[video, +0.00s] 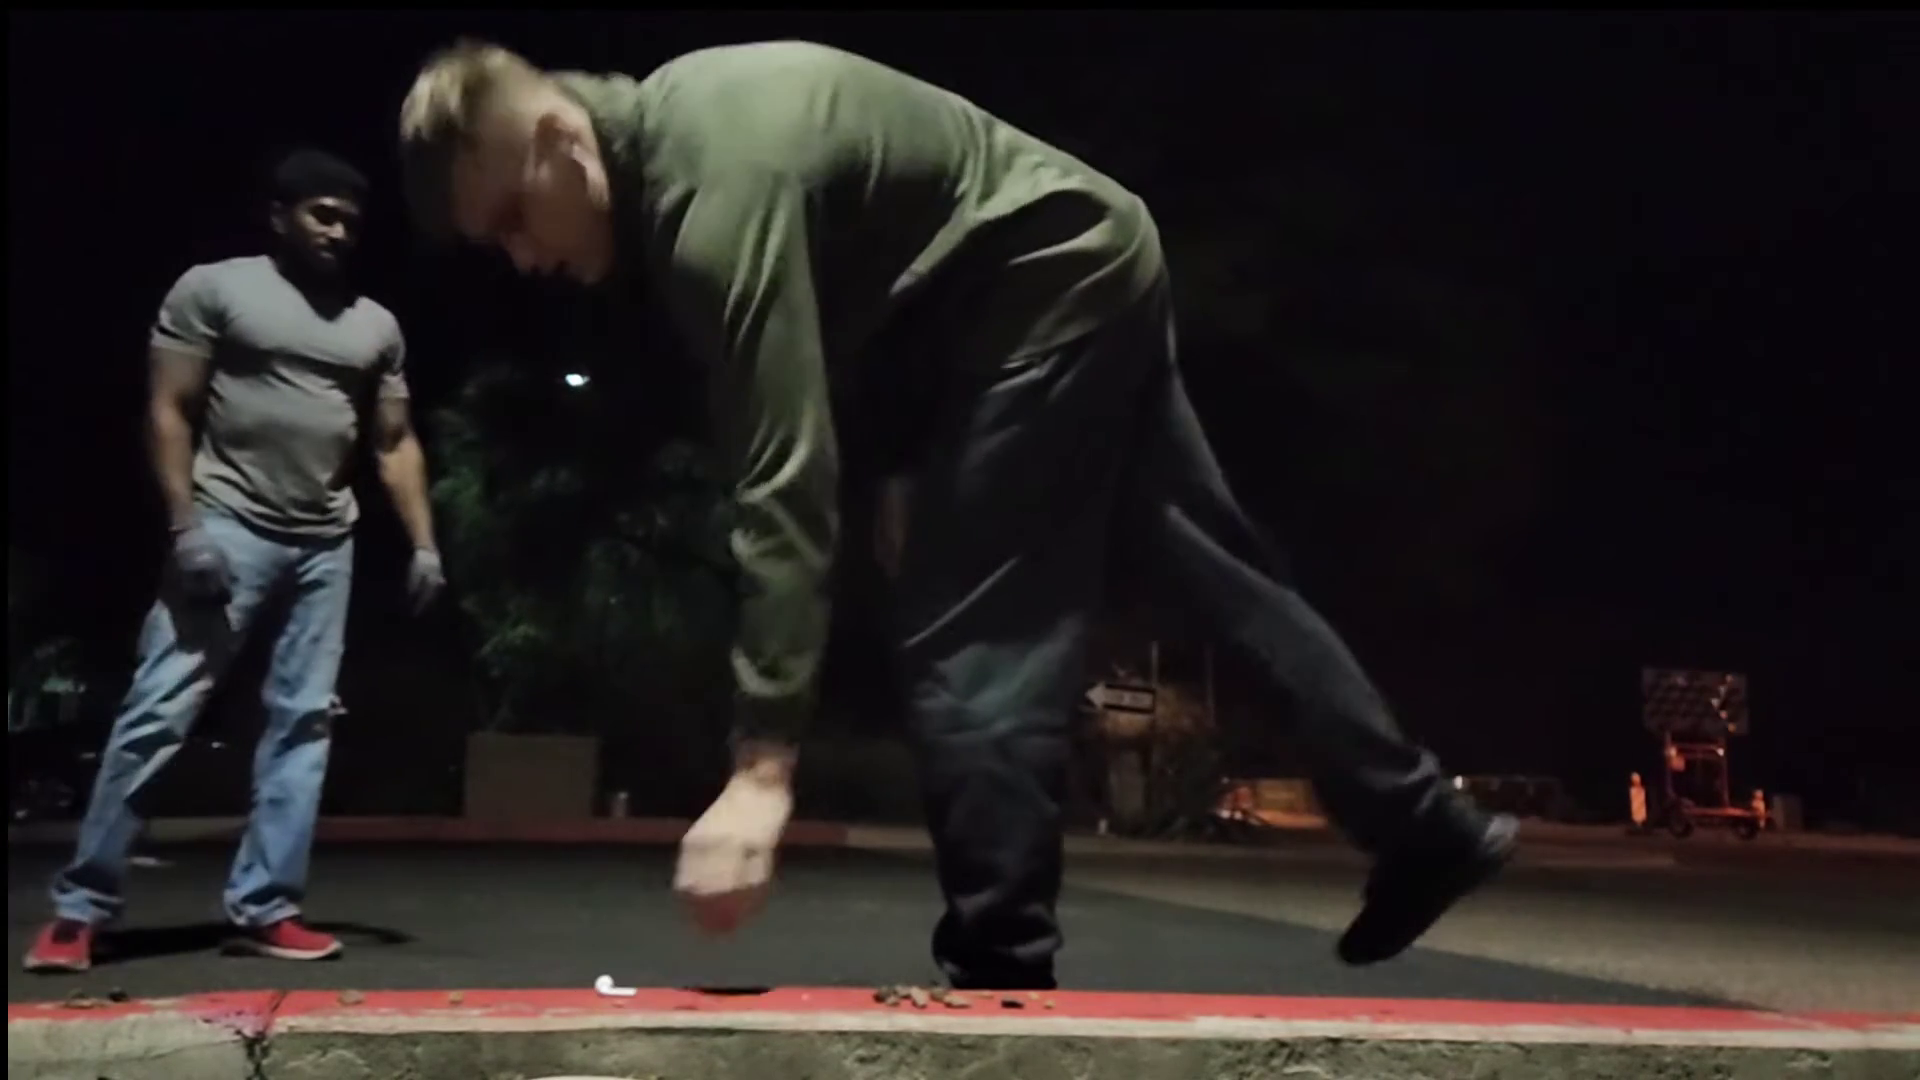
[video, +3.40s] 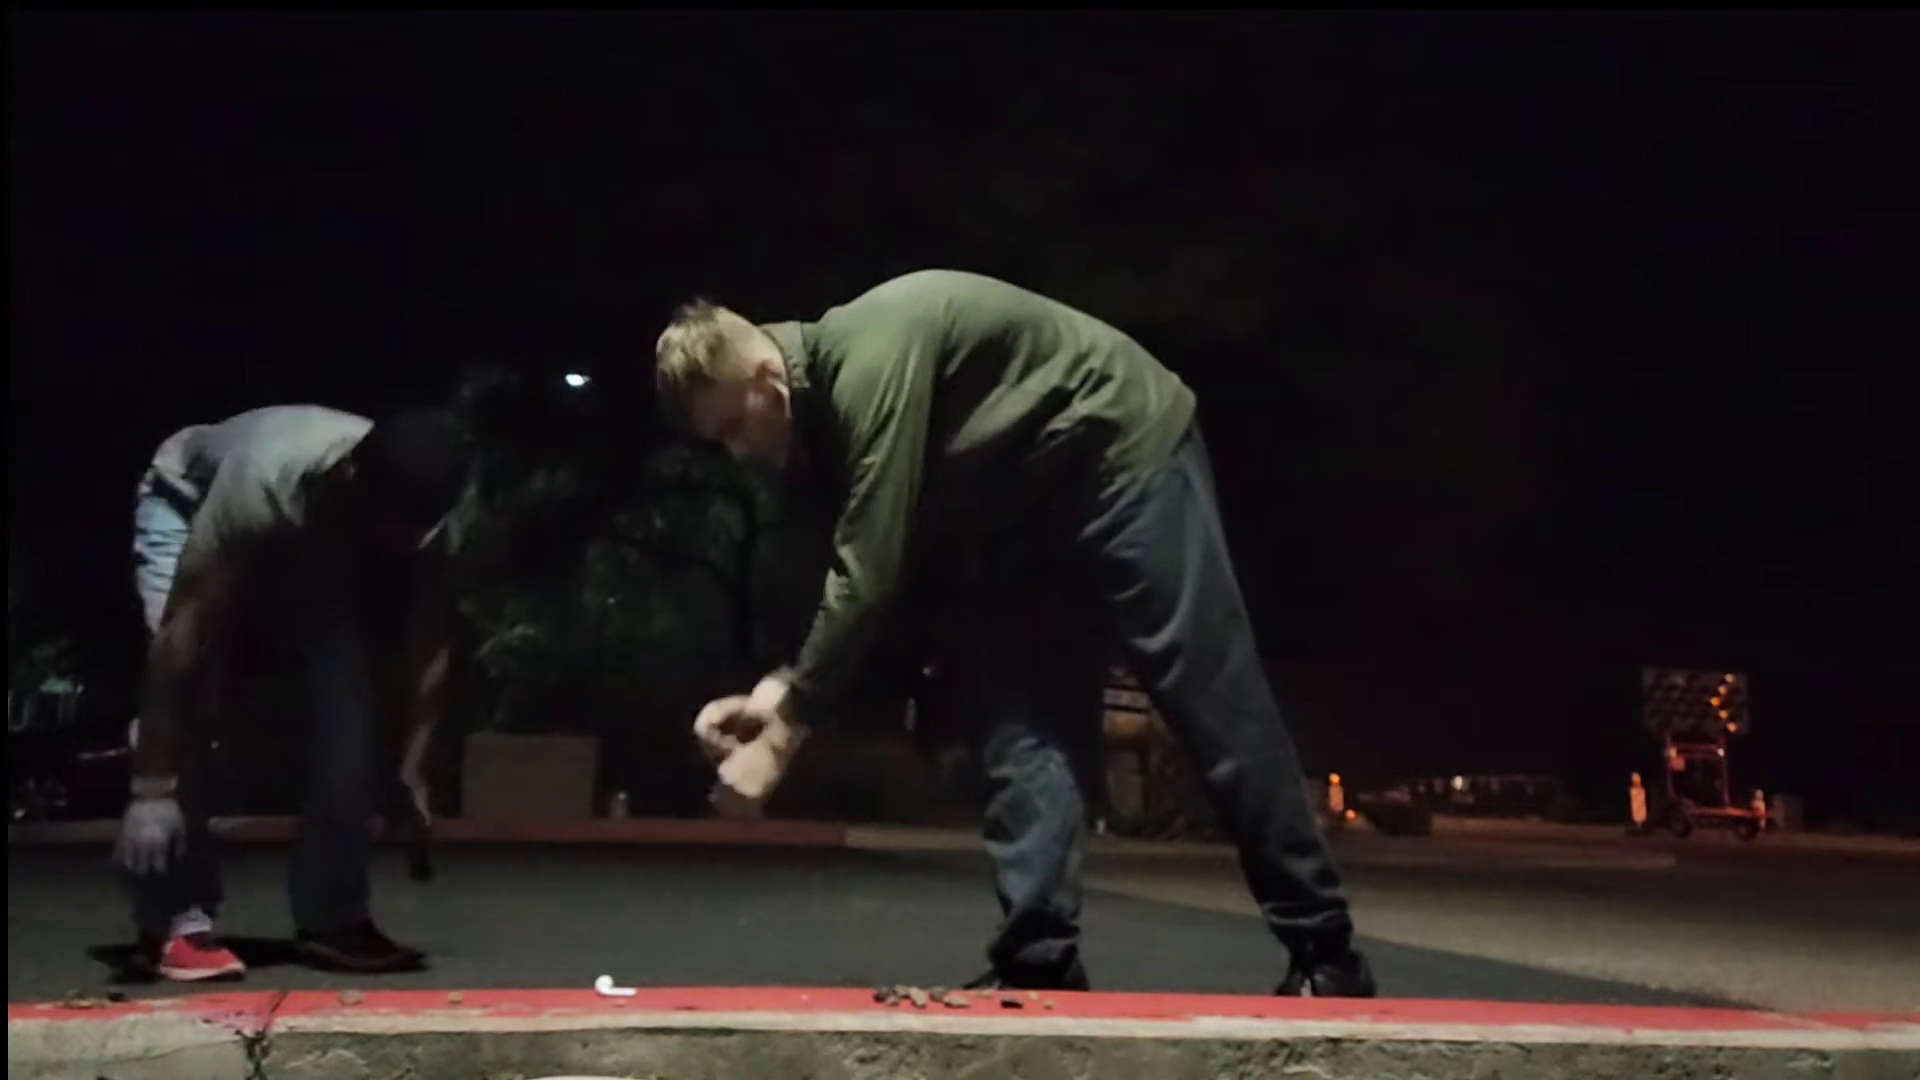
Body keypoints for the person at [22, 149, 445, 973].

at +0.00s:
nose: (338, 235)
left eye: (350, 223)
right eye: (324, 218)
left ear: (361, 232)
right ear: (280, 216)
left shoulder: (375, 329)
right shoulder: (213, 291)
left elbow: (396, 441)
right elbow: (170, 408)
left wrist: (423, 540)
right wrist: (186, 523)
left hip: (326, 544)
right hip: (227, 528)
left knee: (306, 717)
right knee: (160, 712)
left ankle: (265, 906)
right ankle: (83, 907)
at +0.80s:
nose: (361, 250)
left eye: (373, 238)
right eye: (347, 232)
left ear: (384, 243)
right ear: (304, 224)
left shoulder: (384, 333)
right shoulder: (231, 288)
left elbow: (382, 440)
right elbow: (201, 400)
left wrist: (449, 492)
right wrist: (264, 450)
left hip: (322, 544)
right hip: (229, 533)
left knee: (301, 717)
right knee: (195, 712)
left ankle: (269, 907)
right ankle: (167, 913)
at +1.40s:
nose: (325, 319)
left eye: (338, 304)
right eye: (313, 300)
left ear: (347, 304)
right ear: (280, 290)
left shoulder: (351, 365)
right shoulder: (193, 325)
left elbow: (330, 480)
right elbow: (155, 448)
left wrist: (357, 500)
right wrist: (222, 504)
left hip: (263, 538)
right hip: (161, 530)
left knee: (268, 719)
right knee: (150, 717)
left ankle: (266, 905)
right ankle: (162, 912)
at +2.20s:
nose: (417, 356)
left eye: (429, 342)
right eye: (405, 338)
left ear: (440, 341)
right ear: (372, 326)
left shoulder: (446, 399)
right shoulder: (289, 350)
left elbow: (417, 507)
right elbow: (233, 469)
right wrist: (282, 545)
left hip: (349, 548)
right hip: (247, 534)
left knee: (355, 726)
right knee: (201, 717)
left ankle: (342, 912)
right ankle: (167, 913)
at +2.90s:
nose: (479, 381)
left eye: (491, 366)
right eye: (468, 360)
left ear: (499, 363)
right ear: (430, 348)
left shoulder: (496, 425)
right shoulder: (331, 372)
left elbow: (484, 542)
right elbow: (238, 489)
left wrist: (471, 637)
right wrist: (209, 621)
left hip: (389, 550)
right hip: (292, 539)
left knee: (379, 718)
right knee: (267, 697)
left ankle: (343, 911)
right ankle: (242, 910)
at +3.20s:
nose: (437, 455)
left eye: (450, 440)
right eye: (427, 435)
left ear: (466, 431)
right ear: (392, 409)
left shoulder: (465, 473)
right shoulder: (289, 429)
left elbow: (464, 595)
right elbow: (208, 560)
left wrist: (448, 706)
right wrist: (176, 699)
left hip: (353, 550)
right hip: (249, 539)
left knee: (374, 721)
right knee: (215, 720)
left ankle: (340, 917)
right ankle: (175, 920)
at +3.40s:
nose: (408, 536)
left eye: (423, 521)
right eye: (397, 515)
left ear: (441, 505)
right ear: (356, 477)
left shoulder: (430, 525)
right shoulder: (262, 484)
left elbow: (431, 646)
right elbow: (180, 634)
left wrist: (410, 772)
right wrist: (153, 787)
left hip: (302, 536)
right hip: (187, 502)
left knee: (345, 710)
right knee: (184, 704)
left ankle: (333, 917)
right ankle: (179, 920)